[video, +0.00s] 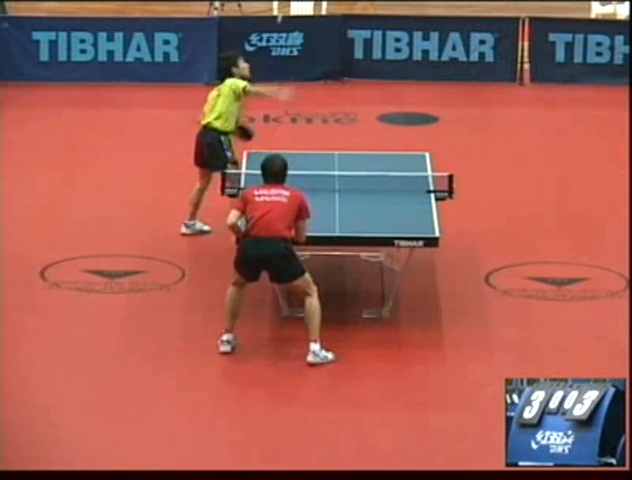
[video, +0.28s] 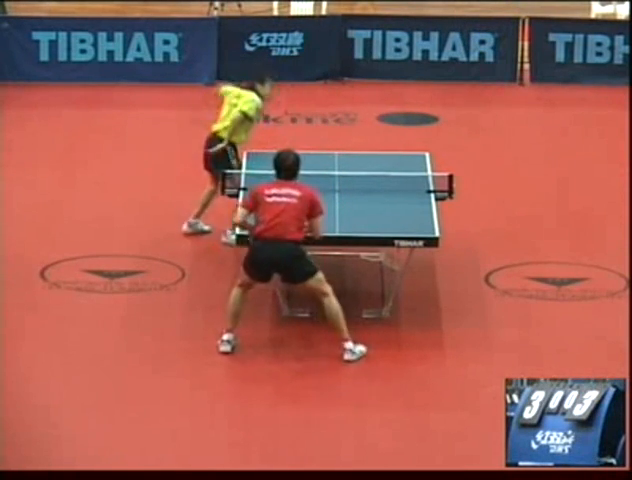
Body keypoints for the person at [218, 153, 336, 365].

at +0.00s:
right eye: (283, 171)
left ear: (263, 174)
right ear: (285, 175)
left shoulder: (249, 194)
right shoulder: (296, 197)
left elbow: (231, 221)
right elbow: (300, 238)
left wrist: (243, 236)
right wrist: (280, 233)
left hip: (250, 245)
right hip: (279, 246)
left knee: (237, 284)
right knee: (310, 292)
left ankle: (228, 336)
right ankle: (315, 347)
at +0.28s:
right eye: (295, 167)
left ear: (275, 169)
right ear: (298, 170)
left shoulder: (260, 191)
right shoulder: (307, 194)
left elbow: (239, 219)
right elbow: (316, 233)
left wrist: (256, 228)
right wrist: (296, 232)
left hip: (261, 246)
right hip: (291, 249)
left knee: (242, 286)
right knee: (325, 293)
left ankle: (228, 336)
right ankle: (348, 344)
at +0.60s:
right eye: (312, 167)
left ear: (293, 169)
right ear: (316, 171)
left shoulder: (278, 192)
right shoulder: (327, 196)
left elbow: (256, 220)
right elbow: (346, 230)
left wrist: (268, 229)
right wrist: (328, 225)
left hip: (282, 251)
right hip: (312, 251)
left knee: (248, 295)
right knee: (345, 287)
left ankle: (237, 345)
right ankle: (353, 340)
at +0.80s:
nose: (332, 176)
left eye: (328, 172)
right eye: (341, 173)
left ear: (323, 174)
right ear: (345, 176)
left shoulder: (310, 193)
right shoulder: (354, 201)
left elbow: (279, 201)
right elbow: (377, 225)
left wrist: (248, 203)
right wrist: (357, 214)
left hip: (304, 255)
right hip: (334, 257)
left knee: (262, 294)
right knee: (367, 285)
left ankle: (238, 345)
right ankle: (398, 324)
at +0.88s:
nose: (347, 180)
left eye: (343, 176)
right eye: (356, 176)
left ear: (340, 179)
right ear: (362, 180)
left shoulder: (331, 197)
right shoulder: (373, 206)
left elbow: (300, 202)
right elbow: (395, 224)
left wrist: (268, 205)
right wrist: (382, 215)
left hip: (322, 256)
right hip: (351, 260)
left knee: (279, 298)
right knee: (378, 285)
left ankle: (243, 344)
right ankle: (404, 327)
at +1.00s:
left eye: (363, 184)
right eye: (382, 183)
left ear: (361, 185)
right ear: (383, 188)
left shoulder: (356, 200)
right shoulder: (391, 215)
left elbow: (337, 211)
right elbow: (401, 217)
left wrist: (303, 219)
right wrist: (399, 200)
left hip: (339, 256)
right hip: (367, 261)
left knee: (293, 298)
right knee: (388, 280)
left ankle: (262, 344)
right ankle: (405, 326)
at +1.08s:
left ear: (366, 182)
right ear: (386, 186)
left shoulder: (359, 198)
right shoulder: (392, 212)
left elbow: (347, 215)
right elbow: (404, 217)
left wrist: (320, 238)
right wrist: (406, 197)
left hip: (341, 256)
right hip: (369, 259)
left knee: (295, 297)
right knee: (390, 278)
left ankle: (275, 342)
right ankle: (405, 324)